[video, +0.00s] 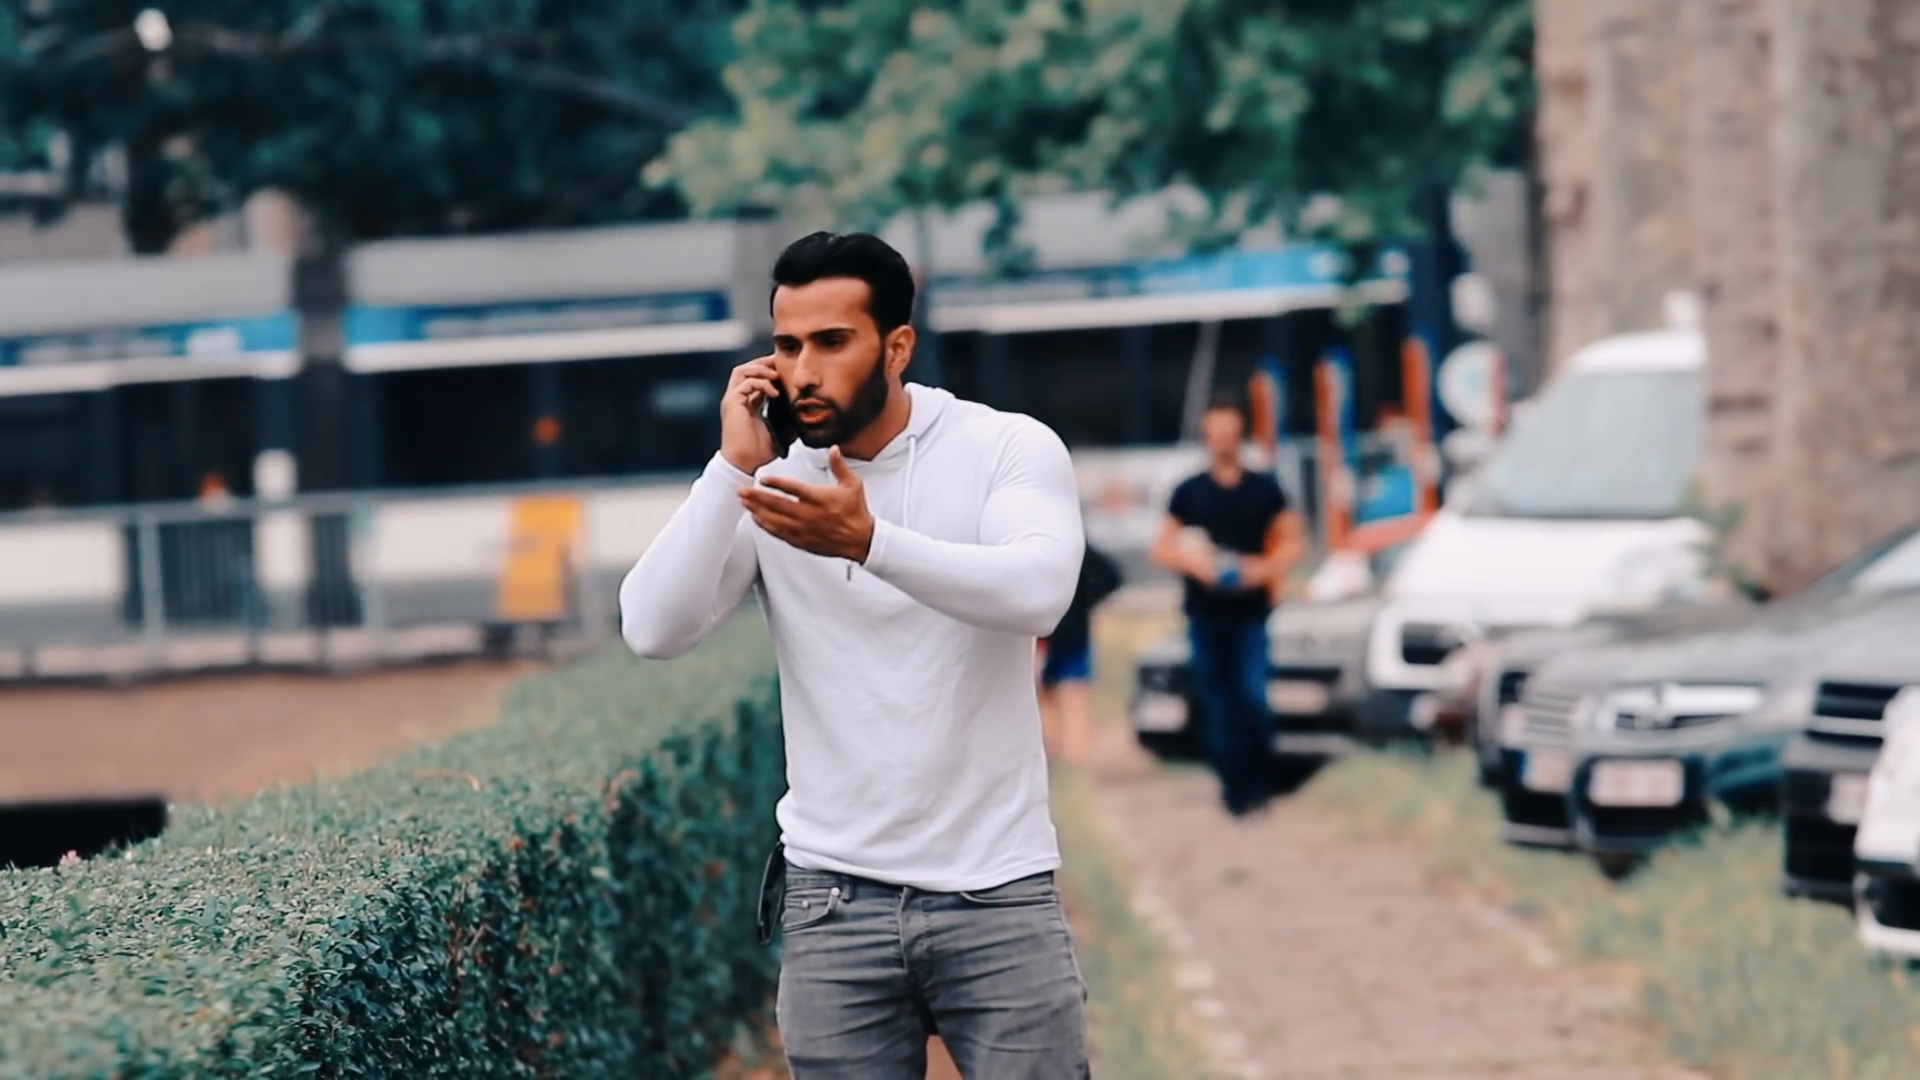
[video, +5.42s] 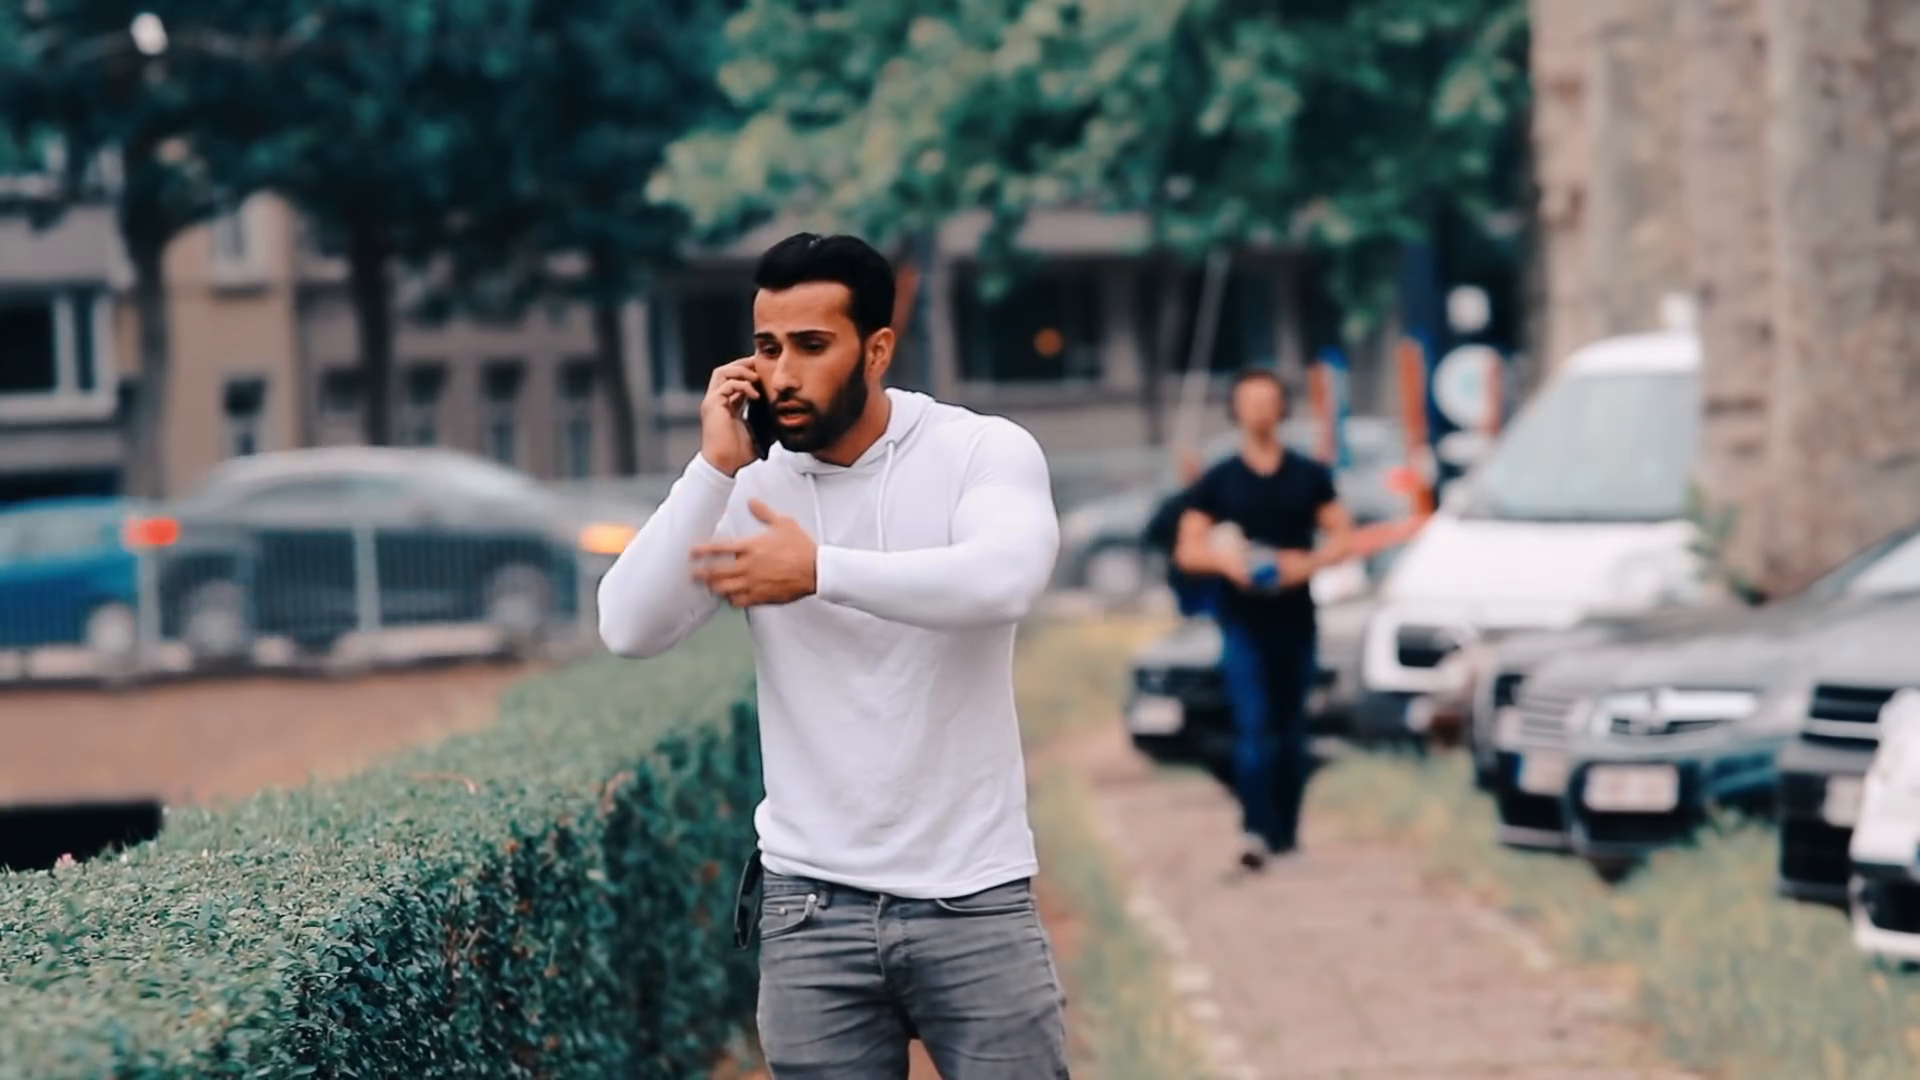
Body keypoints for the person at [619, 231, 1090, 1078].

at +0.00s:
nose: (801, 372)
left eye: (830, 342)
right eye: (787, 347)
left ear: (896, 346)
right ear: (771, 354)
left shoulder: (1012, 448)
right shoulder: (765, 485)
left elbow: (1037, 595)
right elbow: (651, 627)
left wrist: (867, 540)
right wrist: (733, 467)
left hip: (1000, 892)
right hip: (830, 899)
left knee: (1044, 1064)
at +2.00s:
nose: (790, 374)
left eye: (819, 345)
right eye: (778, 349)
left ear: (888, 347)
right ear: (763, 355)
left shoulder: (1006, 457)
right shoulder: (764, 487)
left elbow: (1014, 607)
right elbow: (645, 631)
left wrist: (838, 574)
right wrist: (723, 469)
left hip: (991, 897)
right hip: (822, 902)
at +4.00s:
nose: (792, 371)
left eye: (821, 341)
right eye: (779, 346)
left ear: (890, 344)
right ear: (764, 354)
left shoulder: (1009, 456)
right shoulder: (768, 483)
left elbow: (1011, 608)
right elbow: (648, 627)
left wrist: (836, 562)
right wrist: (725, 467)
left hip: (991, 896)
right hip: (823, 902)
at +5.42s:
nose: (780, 373)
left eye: (809, 345)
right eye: (768, 347)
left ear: (877, 348)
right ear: (752, 351)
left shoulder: (988, 451)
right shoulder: (750, 488)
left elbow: (1003, 583)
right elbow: (628, 626)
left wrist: (820, 571)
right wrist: (713, 466)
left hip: (975, 899)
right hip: (807, 906)